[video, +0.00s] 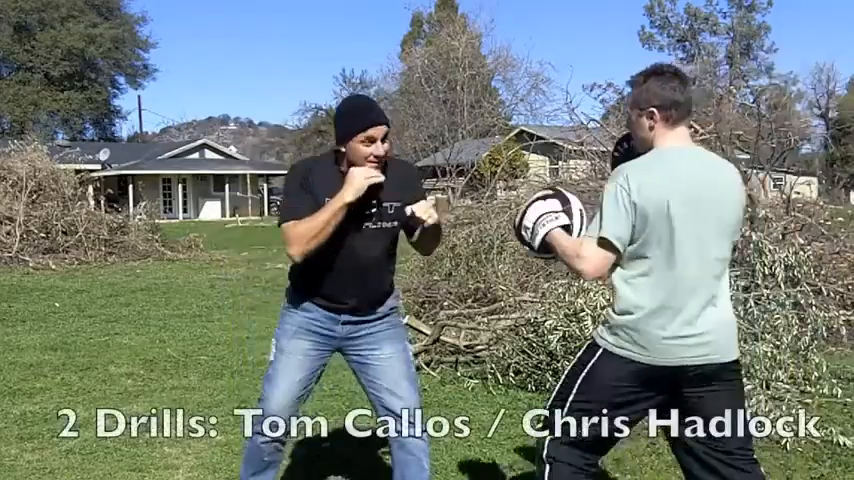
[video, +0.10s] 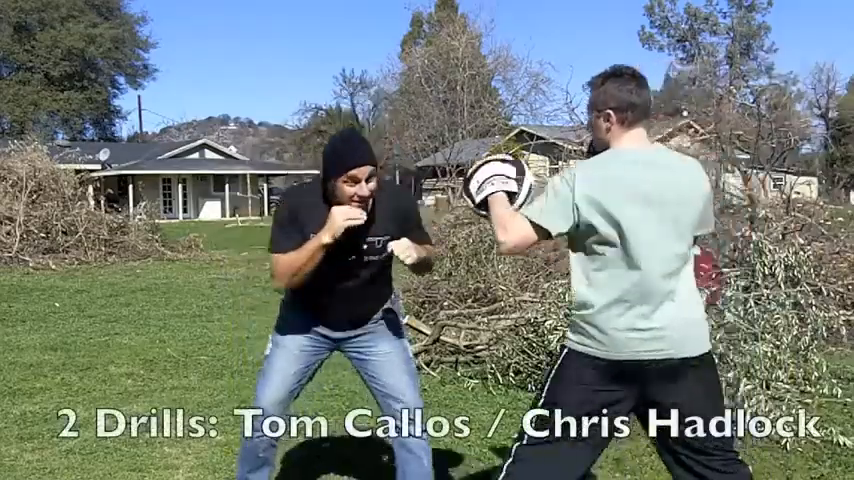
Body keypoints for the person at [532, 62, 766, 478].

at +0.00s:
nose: (629, 127)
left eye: (632, 116)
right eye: (629, 116)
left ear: (652, 117)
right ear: (684, 115)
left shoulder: (632, 176)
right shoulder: (729, 176)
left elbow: (593, 264)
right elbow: (705, 245)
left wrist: (549, 228)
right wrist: (642, 166)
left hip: (633, 348)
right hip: (713, 351)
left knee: (566, 447)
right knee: (732, 464)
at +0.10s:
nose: (589, 128)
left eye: (591, 117)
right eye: (589, 117)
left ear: (609, 118)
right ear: (644, 114)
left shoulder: (584, 178)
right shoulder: (692, 174)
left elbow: (511, 236)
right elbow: (695, 238)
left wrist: (495, 189)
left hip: (598, 352)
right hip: (684, 352)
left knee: (544, 460)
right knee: (714, 462)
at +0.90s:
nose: (627, 100)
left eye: (632, 91)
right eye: (629, 91)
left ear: (657, 98)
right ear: (678, 97)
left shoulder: (648, 158)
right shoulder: (712, 151)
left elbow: (639, 255)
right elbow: (655, 213)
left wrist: (595, 297)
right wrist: (590, 166)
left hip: (655, 340)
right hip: (720, 332)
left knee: (611, 463)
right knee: (715, 460)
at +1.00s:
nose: (635, 96)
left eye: (641, 86)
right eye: (638, 86)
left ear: (667, 95)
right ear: (687, 94)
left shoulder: (654, 155)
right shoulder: (717, 151)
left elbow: (639, 253)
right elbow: (643, 204)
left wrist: (595, 295)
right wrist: (594, 156)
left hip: (653, 340)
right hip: (720, 333)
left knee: (614, 462)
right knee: (720, 459)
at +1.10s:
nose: (649, 102)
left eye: (655, 93)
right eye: (652, 92)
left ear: (681, 101)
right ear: (705, 101)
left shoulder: (655, 156)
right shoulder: (727, 156)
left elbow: (623, 253)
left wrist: (591, 294)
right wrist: (632, 163)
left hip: (647, 340)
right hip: (719, 335)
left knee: (595, 462)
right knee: (723, 460)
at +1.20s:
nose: (649, 104)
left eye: (654, 95)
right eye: (651, 93)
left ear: (676, 105)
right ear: (707, 107)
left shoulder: (637, 157)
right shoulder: (734, 172)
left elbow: (597, 244)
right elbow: (737, 249)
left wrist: (577, 299)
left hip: (629, 342)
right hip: (710, 344)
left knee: (579, 460)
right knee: (720, 463)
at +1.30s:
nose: (634, 110)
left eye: (637, 100)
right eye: (637, 100)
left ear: (651, 106)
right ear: (692, 111)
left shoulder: (611, 164)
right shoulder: (725, 179)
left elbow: (563, 239)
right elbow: (752, 281)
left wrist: (569, 304)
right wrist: (756, 323)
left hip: (612, 347)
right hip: (700, 349)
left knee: (567, 459)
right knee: (719, 465)